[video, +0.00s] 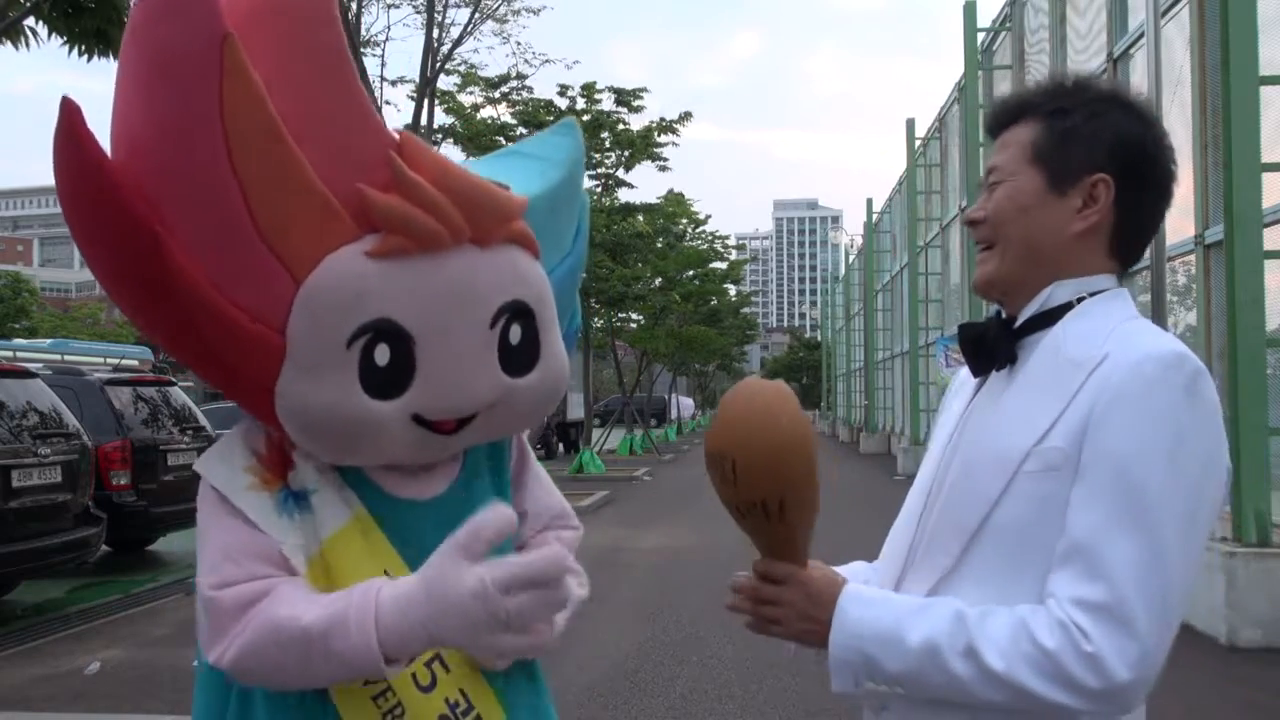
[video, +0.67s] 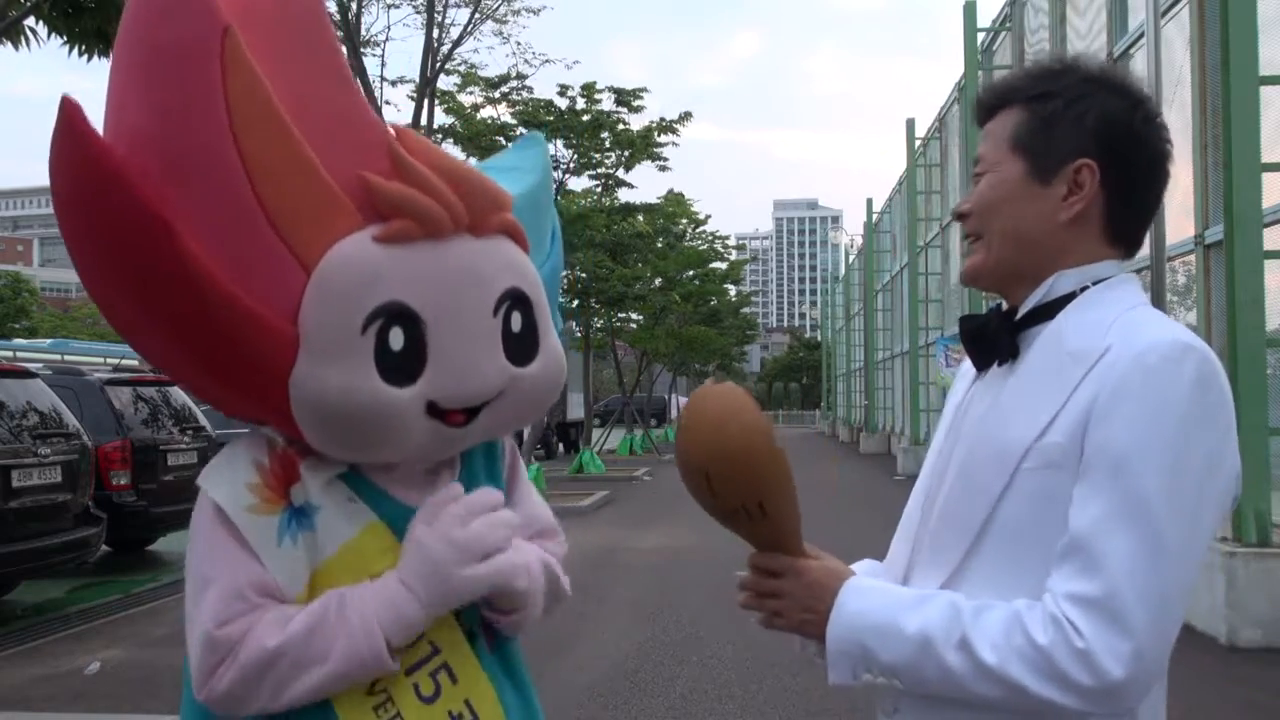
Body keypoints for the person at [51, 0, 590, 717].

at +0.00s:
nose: (459, 402)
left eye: (510, 334)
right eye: (387, 359)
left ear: (543, 321)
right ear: (281, 353)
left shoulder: (499, 451)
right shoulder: (247, 475)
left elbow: (557, 536)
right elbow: (245, 633)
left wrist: (533, 593)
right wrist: (417, 615)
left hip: (501, 705)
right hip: (315, 710)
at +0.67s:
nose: (466, 389)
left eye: (511, 325)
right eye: (398, 344)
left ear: (535, 318)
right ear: (295, 340)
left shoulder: (484, 457)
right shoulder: (242, 493)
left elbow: (547, 553)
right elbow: (227, 668)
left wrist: (516, 576)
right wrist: (410, 594)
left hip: (492, 707)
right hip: (332, 714)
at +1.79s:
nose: (433, 383)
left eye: (474, 340)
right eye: (389, 350)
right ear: (293, 353)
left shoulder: (505, 467)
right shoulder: (246, 480)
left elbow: (570, 563)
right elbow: (174, 626)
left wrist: (610, 486)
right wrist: (324, 505)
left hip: (500, 708)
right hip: (295, 716)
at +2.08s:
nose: (454, 402)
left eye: (500, 353)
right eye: (395, 364)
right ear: (294, 357)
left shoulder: (503, 463)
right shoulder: (244, 480)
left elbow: (562, 553)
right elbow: (150, 631)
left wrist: (604, 476)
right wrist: (265, 509)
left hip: (503, 704)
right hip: (302, 709)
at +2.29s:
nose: (455, 398)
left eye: (504, 348)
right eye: (397, 355)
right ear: (294, 354)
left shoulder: (507, 458)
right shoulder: (245, 477)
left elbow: (569, 547)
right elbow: (163, 628)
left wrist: (608, 459)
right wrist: (277, 503)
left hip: (502, 705)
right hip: (305, 711)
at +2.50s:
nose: (425, 377)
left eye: (451, 338)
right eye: (385, 347)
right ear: (292, 351)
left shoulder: (497, 455)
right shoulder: (246, 470)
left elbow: (574, 544)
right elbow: (161, 619)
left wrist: (605, 464)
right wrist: (310, 503)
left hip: (498, 705)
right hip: (293, 715)